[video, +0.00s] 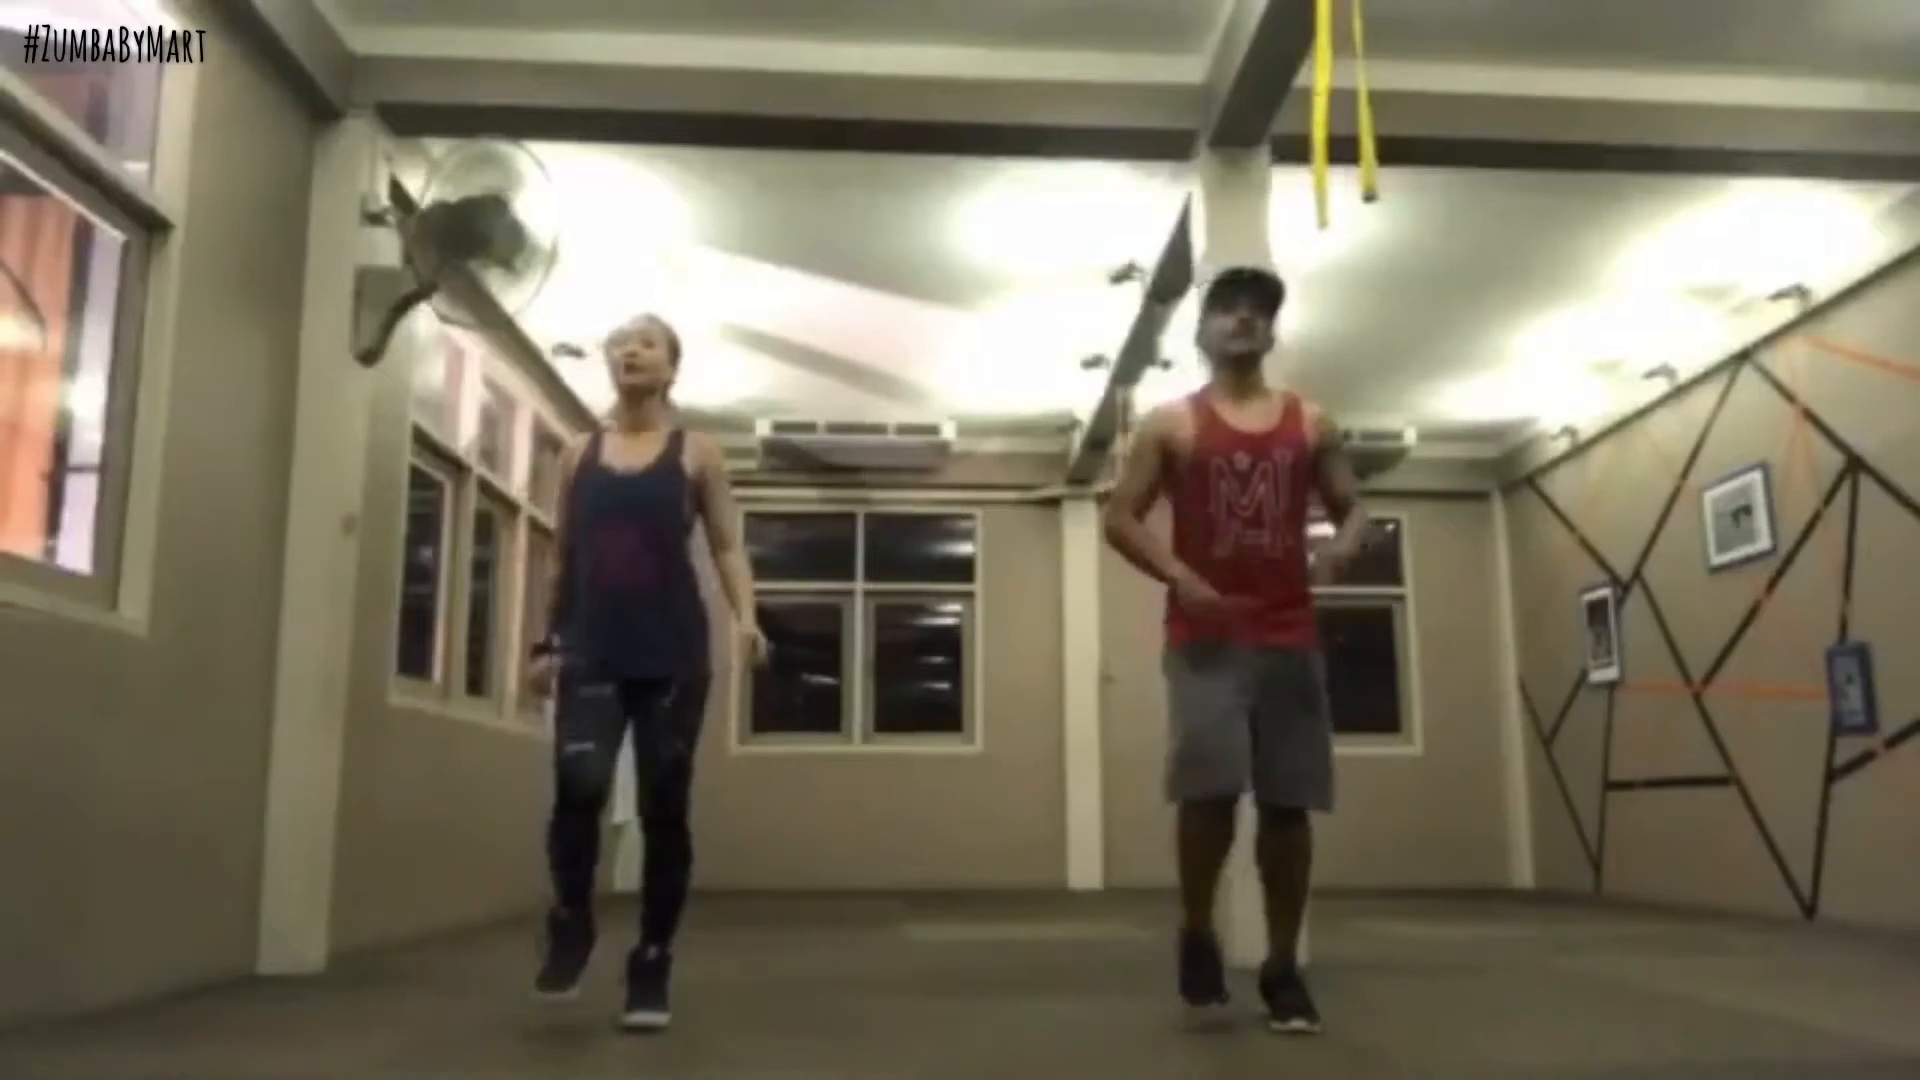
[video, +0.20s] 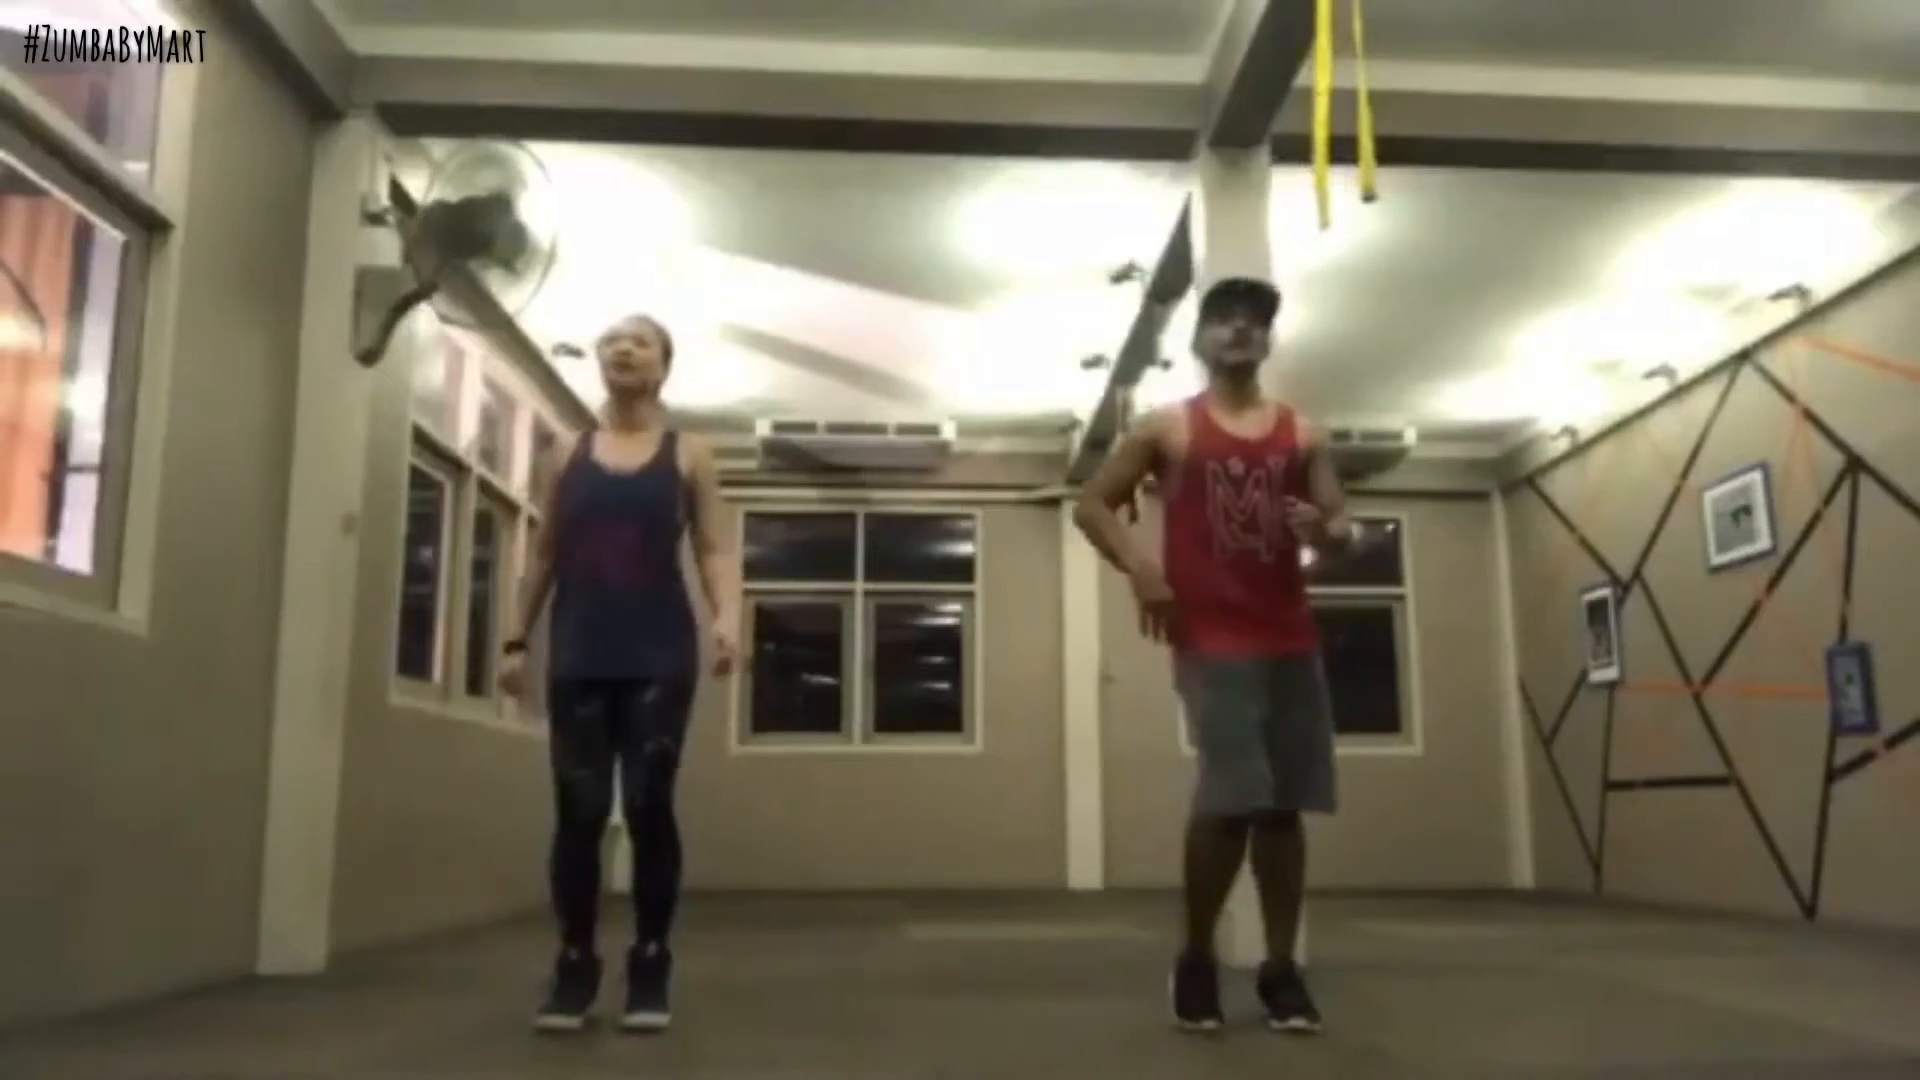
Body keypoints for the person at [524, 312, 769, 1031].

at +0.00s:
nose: (632, 355)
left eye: (647, 346)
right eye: (622, 345)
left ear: (673, 365)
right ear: (608, 364)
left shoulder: (697, 451)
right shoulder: (582, 452)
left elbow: (727, 544)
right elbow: (561, 553)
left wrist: (747, 617)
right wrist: (546, 640)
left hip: (672, 654)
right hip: (590, 652)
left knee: (663, 811)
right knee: (576, 795)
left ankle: (652, 966)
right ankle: (570, 927)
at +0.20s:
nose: (623, 351)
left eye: (639, 342)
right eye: (613, 342)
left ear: (664, 363)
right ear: (598, 362)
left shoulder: (687, 453)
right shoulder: (568, 456)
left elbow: (714, 547)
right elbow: (542, 554)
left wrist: (726, 618)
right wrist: (516, 638)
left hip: (659, 657)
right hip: (576, 657)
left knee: (647, 809)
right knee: (580, 813)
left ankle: (650, 967)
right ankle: (575, 967)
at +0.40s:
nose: (620, 357)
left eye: (636, 348)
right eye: (611, 347)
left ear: (659, 374)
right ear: (594, 366)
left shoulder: (681, 459)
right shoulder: (562, 454)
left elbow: (702, 561)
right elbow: (530, 548)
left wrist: (707, 653)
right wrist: (499, 627)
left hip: (655, 654)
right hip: (573, 653)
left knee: (638, 777)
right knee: (575, 812)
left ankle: (658, 925)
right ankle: (575, 963)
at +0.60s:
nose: (624, 364)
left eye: (640, 354)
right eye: (613, 353)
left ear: (663, 374)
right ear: (594, 370)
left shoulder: (685, 465)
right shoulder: (561, 461)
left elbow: (704, 570)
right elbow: (534, 556)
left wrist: (717, 660)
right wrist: (512, 640)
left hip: (657, 670)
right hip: (574, 667)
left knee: (639, 815)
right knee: (573, 822)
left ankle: (651, 963)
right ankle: (573, 968)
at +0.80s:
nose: (628, 360)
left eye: (643, 351)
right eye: (617, 350)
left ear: (668, 372)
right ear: (601, 370)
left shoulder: (694, 459)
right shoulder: (577, 461)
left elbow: (722, 559)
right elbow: (564, 558)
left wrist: (731, 648)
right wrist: (548, 635)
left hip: (665, 658)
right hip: (584, 656)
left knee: (656, 815)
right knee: (571, 809)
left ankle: (647, 963)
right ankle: (566, 960)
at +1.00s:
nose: (622, 359)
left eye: (637, 350)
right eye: (612, 349)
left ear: (662, 370)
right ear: (596, 368)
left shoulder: (688, 454)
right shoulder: (579, 457)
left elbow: (726, 543)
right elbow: (566, 550)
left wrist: (715, 614)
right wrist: (546, 629)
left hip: (660, 653)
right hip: (582, 652)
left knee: (656, 811)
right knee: (567, 795)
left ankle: (649, 962)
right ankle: (556, 942)